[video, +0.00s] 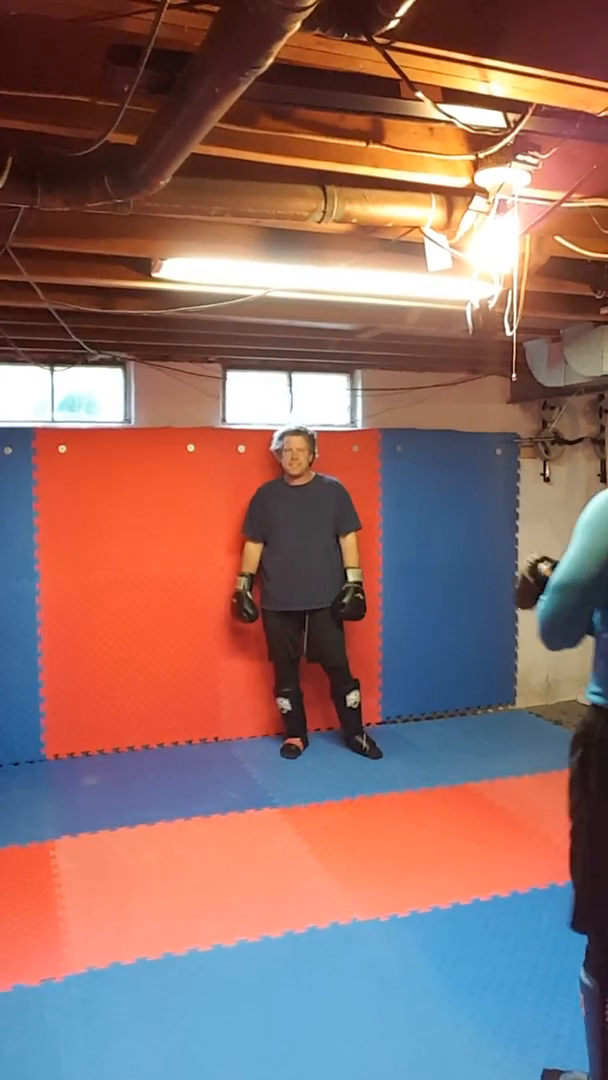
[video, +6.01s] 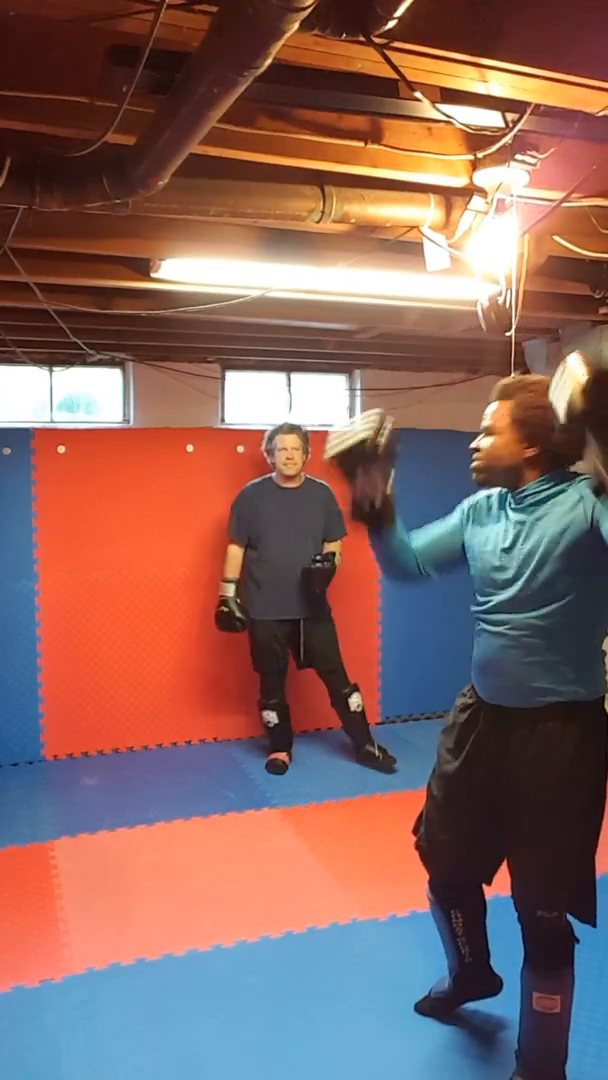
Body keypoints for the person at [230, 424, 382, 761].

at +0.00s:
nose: (292, 456)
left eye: (299, 451)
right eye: (287, 451)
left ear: (313, 455)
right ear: (280, 456)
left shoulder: (332, 491)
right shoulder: (266, 496)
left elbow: (348, 538)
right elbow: (254, 542)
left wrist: (354, 583)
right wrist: (243, 586)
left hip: (325, 598)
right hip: (279, 601)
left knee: (339, 668)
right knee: (285, 670)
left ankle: (355, 733)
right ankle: (294, 735)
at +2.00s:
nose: (358, 457)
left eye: (363, 452)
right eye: (351, 451)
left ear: (370, 455)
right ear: (336, 454)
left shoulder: (381, 491)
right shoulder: (316, 495)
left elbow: (394, 539)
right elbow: (307, 545)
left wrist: (404, 583)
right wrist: (306, 593)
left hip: (374, 601)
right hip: (331, 601)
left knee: (366, 671)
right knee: (316, 670)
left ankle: (355, 735)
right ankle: (300, 733)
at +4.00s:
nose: (356, 457)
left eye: (362, 451)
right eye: (350, 452)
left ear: (371, 454)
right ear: (338, 455)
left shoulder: (387, 491)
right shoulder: (320, 494)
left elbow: (400, 539)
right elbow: (307, 543)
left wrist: (409, 583)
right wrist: (296, 588)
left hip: (375, 600)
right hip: (330, 599)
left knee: (365, 670)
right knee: (316, 669)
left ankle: (355, 736)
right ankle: (299, 741)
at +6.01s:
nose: (289, 456)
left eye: (295, 450)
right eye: (282, 450)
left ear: (306, 454)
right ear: (269, 455)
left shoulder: (321, 494)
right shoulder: (250, 496)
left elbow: (334, 539)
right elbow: (236, 546)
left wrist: (326, 567)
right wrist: (228, 593)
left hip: (311, 604)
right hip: (264, 606)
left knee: (336, 674)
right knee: (271, 682)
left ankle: (364, 743)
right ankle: (280, 749)